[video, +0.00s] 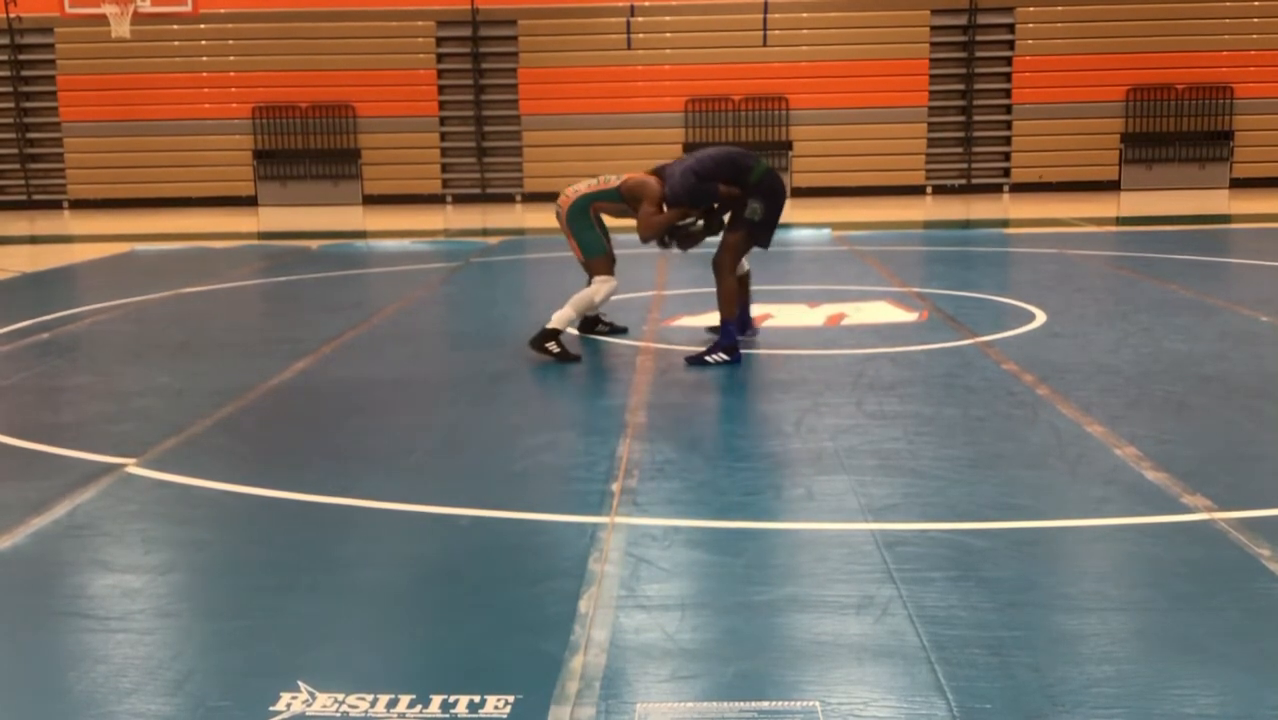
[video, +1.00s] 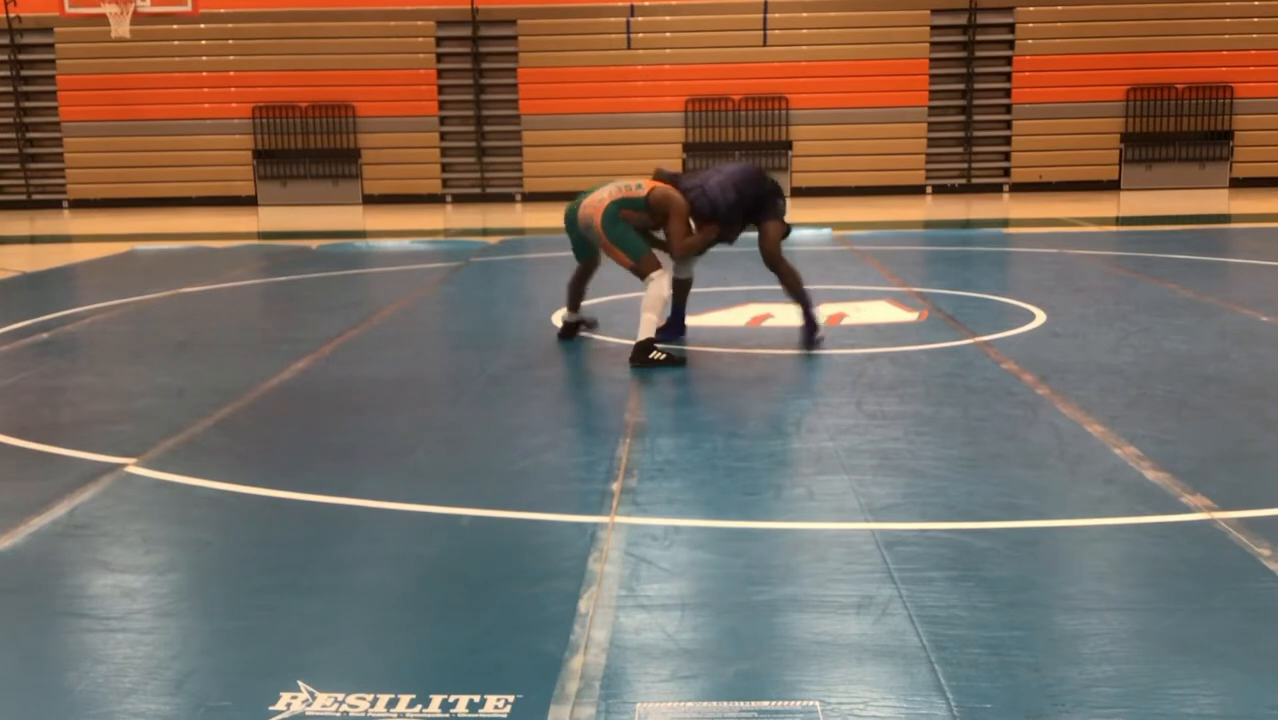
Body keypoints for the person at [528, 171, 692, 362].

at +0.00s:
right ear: (676, 179)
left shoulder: (652, 187)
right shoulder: (651, 187)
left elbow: (649, 228)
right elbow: (646, 232)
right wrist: (681, 211)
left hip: (582, 206)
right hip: (576, 208)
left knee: (606, 264)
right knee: (605, 282)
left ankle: (590, 319)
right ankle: (548, 335)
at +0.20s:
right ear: (683, 178)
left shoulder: (659, 185)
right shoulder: (660, 187)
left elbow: (670, 231)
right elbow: (666, 232)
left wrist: (707, 224)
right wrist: (698, 208)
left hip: (574, 200)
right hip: (578, 206)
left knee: (594, 266)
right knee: (607, 285)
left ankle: (579, 319)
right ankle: (548, 335)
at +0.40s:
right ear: (694, 198)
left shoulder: (661, 193)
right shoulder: (670, 200)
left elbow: (681, 246)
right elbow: (682, 253)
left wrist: (703, 223)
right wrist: (709, 222)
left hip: (577, 217)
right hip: (596, 222)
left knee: (603, 267)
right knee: (653, 273)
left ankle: (580, 316)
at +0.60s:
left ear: (678, 182)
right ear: (695, 192)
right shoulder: (675, 200)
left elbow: (668, 249)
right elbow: (694, 246)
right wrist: (717, 217)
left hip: (580, 226)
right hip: (599, 230)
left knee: (613, 264)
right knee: (663, 279)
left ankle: (576, 318)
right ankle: (646, 347)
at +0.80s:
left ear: (679, 182)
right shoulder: (672, 196)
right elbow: (679, 235)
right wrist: (707, 213)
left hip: (578, 223)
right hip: (599, 227)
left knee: (610, 267)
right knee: (658, 276)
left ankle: (576, 322)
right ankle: (645, 347)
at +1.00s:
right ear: (704, 202)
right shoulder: (676, 200)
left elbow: (635, 230)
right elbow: (680, 250)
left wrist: (668, 247)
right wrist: (710, 235)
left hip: (575, 213)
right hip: (604, 218)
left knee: (588, 263)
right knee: (658, 277)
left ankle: (570, 321)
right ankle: (645, 346)